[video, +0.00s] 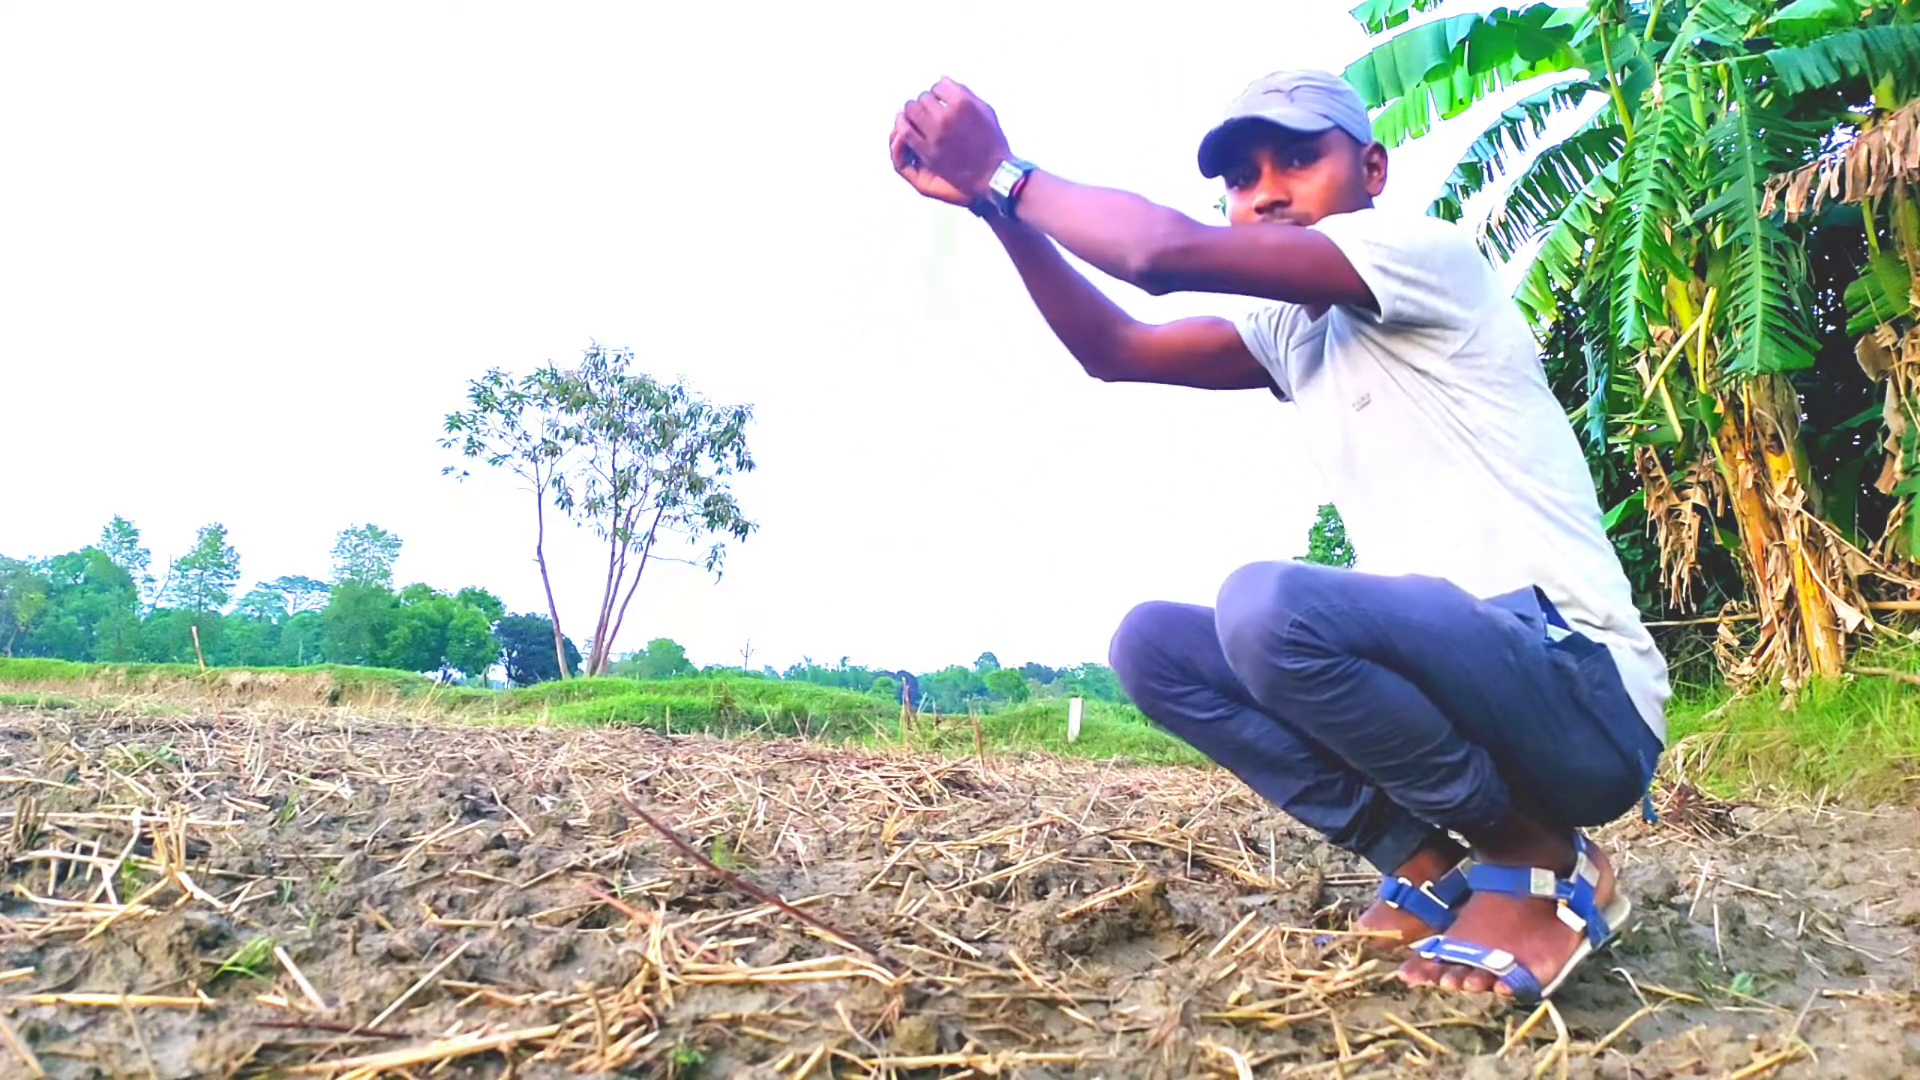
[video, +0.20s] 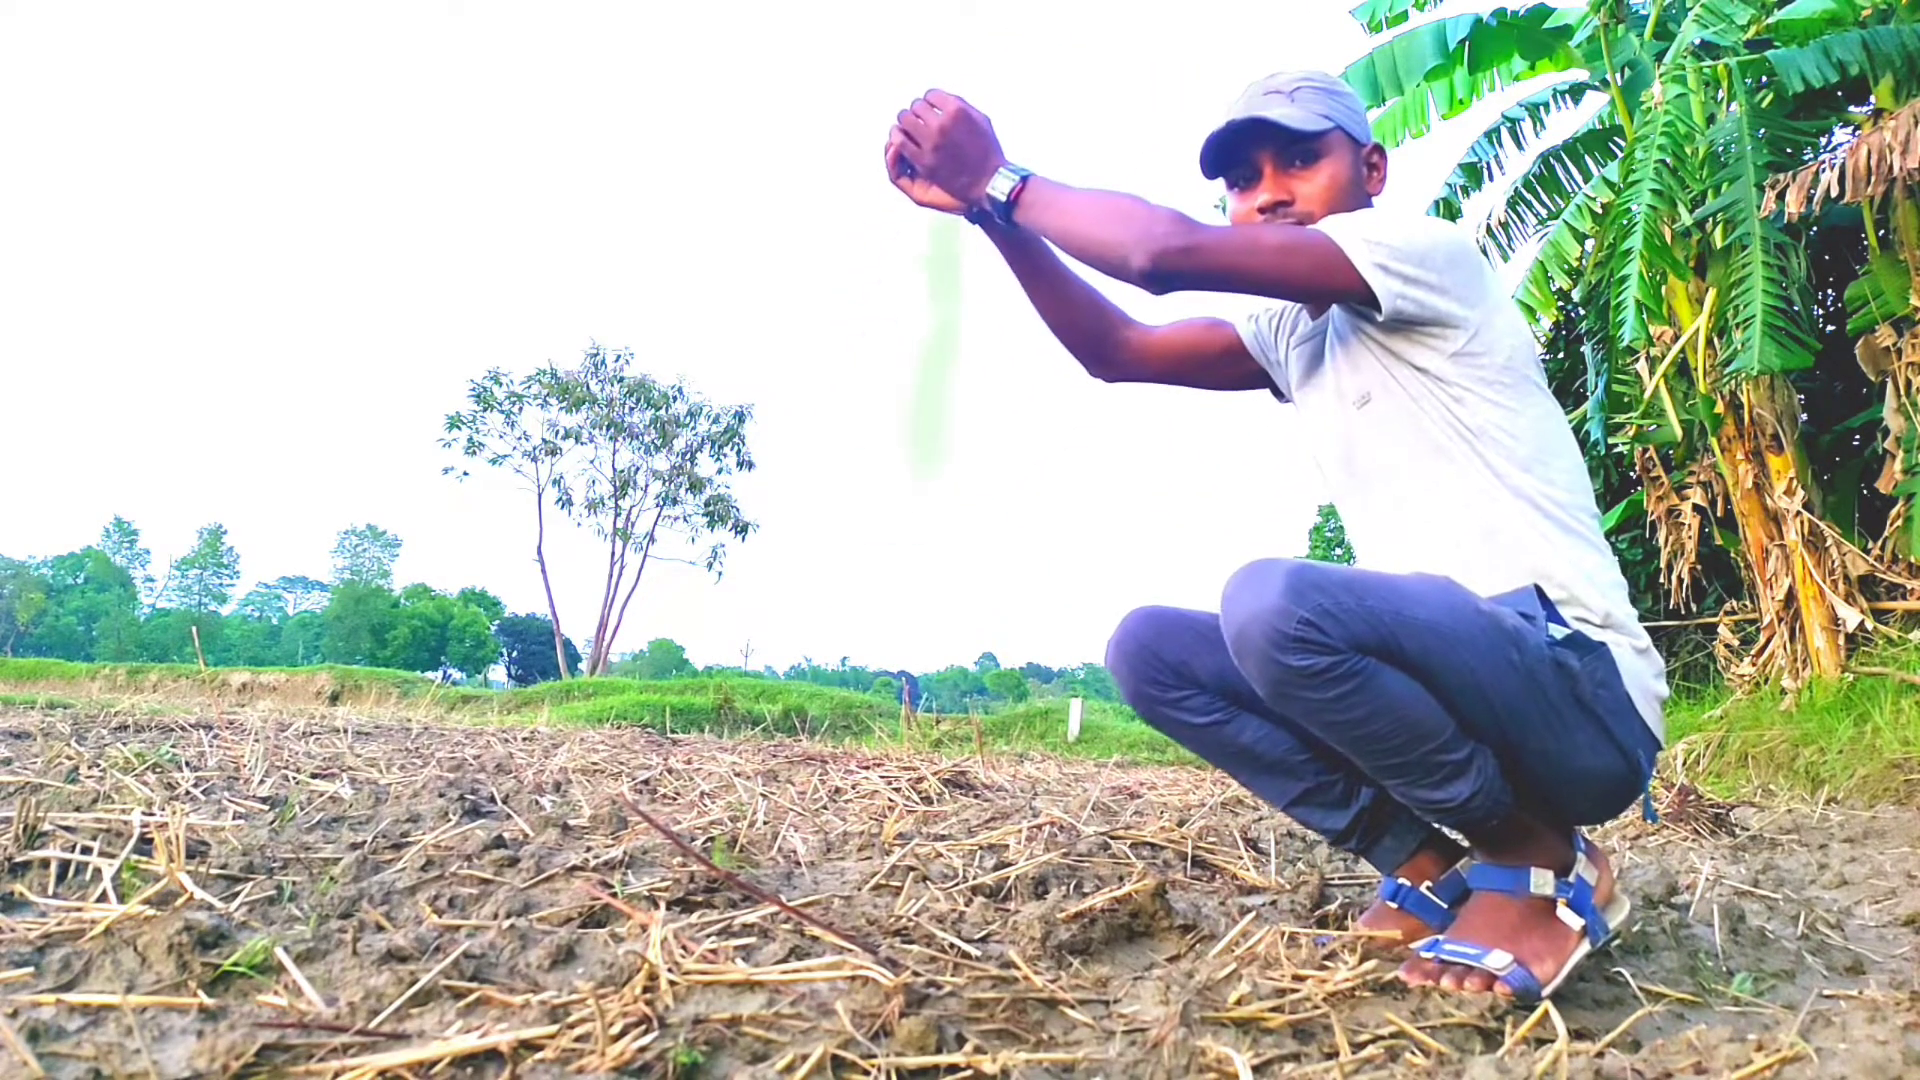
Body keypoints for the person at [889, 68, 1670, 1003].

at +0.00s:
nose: (1266, 193)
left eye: (1299, 155)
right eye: (1241, 178)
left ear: (1372, 168)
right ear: (1221, 200)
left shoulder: (1427, 256)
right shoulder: (1298, 330)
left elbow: (1165, 251)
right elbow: (1115, 349)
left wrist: (1001, 173)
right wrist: (998, 208)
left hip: (1580, 684)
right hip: (1460, 692)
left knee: (1269, 608)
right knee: (1155, 644)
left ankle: (1538, 857)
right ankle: (1434, 860)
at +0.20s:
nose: (1268, 195)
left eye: (1299, 158)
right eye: (1242, 182)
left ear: (1373, 169)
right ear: (1228, 205)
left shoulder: (1426, 256)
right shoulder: (1298, 331)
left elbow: (1164, 251)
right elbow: (1117, 350)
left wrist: (995, 182)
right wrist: (993, 213)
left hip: (1579, 684)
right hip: (1461, 695)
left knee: (1273, 607)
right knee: (1151, 649)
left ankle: (1537, 854)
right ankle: (1436, 858)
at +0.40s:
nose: (1267, 195)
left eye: (1298, 160)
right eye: (1240, 182)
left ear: (1370, 172)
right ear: (1226, 207)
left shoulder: (1423, 258)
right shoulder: (1298, 336)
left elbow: (1164, 254)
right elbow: (1117, 355)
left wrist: (992, 190)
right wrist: (989, 219)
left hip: (1576, 683)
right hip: (1456, 695)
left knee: (1272, 604)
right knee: (1147, 654)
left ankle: (1532, 853)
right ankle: (1435, 858)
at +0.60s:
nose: (1264, 195)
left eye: (1295, 159)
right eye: (1237, 180)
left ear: (1367, 171)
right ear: (1224, 204)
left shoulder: (1423, 255)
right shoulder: (1295, 334)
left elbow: (1161, 253)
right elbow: (1115, 355)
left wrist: (991, 191)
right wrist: (989, 220)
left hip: (1571, 680)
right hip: (1447, 694)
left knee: (1267, 606)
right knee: (1139, 664)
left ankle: (1529, 849)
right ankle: (1430, 857)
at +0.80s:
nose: (1264, 190)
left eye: (1296, 155)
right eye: (1237, 175)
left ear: (1368, 167)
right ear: (1225, 200)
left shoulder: (1422, 251)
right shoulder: (1294, 331)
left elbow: (1161, 250)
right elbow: (1114, 353)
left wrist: (993, 190)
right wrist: (989, 223)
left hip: (1568, 677)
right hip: (1443, 693)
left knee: (1265, 608)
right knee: (1134, 671)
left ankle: (1530, 852)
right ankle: (1426, 862)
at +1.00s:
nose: (1268, 183)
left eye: (1300, 149)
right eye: (1241, 168)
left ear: (1371, 164)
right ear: (1228, 193)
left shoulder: (1425, 246)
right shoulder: (1297, 330)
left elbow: (1158, 243)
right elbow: (1114, 348)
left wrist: (995, 179)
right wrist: (992, 219)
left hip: (1565, 674)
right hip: (1441, 689)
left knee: (1266, 610)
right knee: (1129, 674)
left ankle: (1529, 851)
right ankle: (1424, 857)